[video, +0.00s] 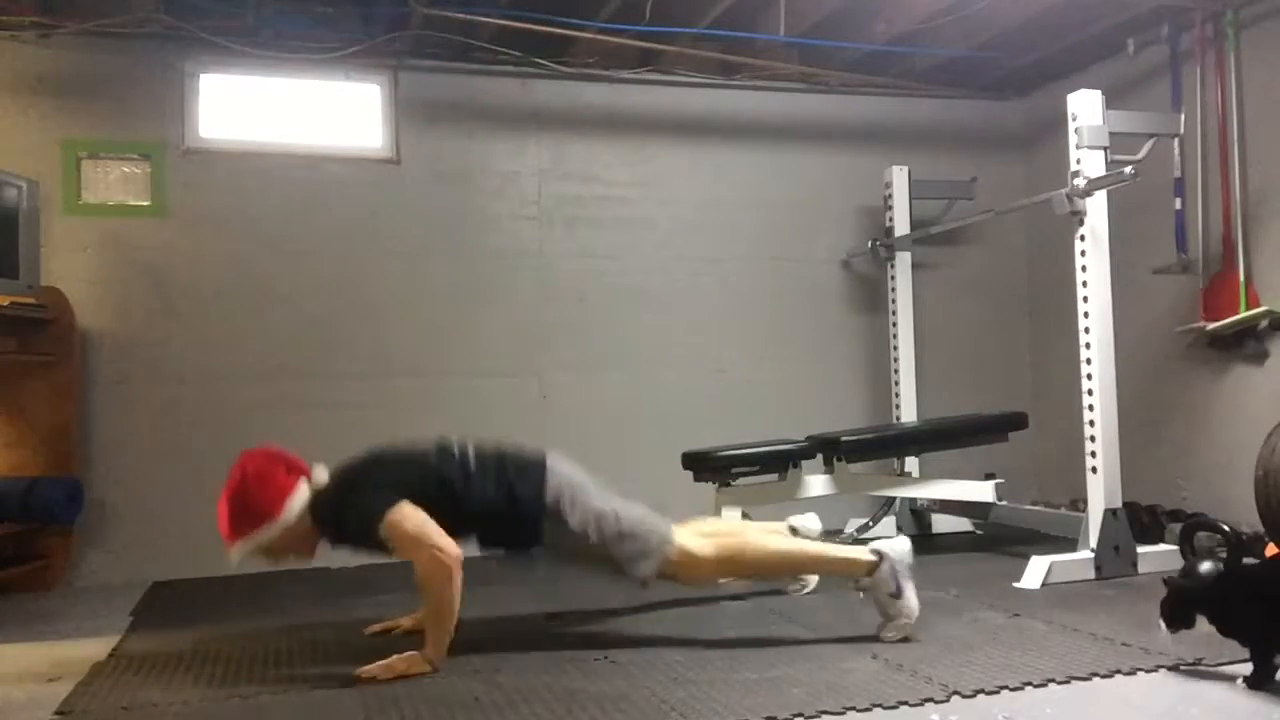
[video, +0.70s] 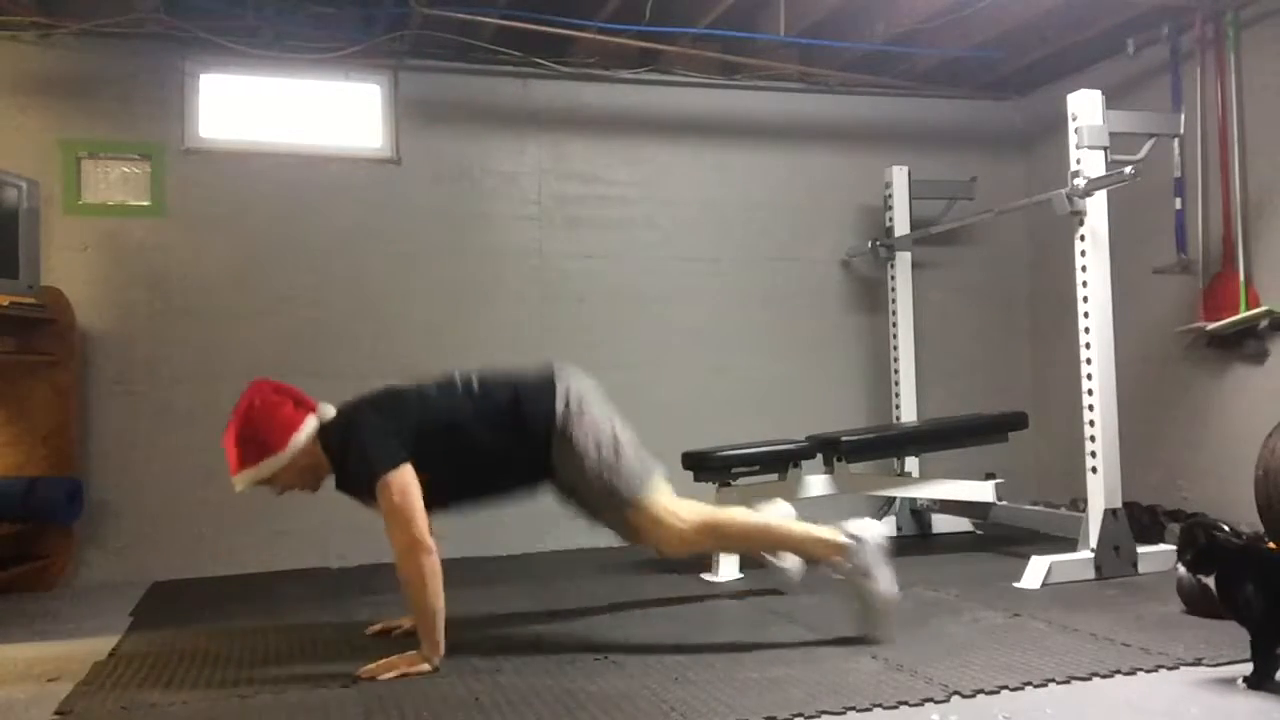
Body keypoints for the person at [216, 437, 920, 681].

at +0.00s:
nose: (269, 558)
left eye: (264, 543)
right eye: (257, 550)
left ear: (287, 512)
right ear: (287, 502)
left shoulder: (355, 501)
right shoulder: (347, 489)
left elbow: (441, 558)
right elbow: (441, 538)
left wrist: (432, 654)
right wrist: (429, 615)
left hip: (548, 501)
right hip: (538, 494)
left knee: (700, 563)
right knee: (688, 542)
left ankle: (873, 564)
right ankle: (846, 551)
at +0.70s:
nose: (278, 487)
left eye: (273, 474)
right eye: (266, 479)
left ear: (294, 442)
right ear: (293, 442)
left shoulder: (367, 436)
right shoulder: (354, 442)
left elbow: (416, 543)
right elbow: (412, 536)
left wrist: (430, 650)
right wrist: (422, 616)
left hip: (559, 413)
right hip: (551, 436)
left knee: (673, 529)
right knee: (661, 525)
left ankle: (846, 549)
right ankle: (778, 527)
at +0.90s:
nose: (333, 459)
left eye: (329, 444)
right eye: (322, 452)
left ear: (350, 410)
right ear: (351, 402)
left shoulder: (413, 410)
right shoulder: (400, 406)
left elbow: (429, 538)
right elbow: (428, 526)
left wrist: (430, 652)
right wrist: (427, 613)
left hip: (584, 355)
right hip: (559, 364)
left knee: (509, 464)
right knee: (491, 471)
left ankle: (655, 566)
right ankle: (620, 515)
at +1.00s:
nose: (343, 442)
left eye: (339, 430)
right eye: (334, 436)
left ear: (362, 402)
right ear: (365, 397)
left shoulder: (427, 406)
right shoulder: (410, 405)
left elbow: (435, 538)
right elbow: (423, 527)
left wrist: (426, 652)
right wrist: (423, 611)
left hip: (597, 393)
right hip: (572, 392)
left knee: (485, 466)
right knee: (472, 468)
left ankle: (586, 606)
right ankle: (562, 569)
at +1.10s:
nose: (349, 409)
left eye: (349, 394)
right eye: (341, 398)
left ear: (376, 376)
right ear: (382, 373)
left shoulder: (436, 397)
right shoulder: (419, 405)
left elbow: (431, 533)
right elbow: (422, 524)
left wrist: (424, 651)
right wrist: (422, 609)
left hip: (607, 447)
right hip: (578, 448)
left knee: (479, 481)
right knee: (456, 486)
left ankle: (587, 609)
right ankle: (555, 578)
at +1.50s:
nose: (423, 207)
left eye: (430, 192)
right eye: (422, 193)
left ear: (467, 188)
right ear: (471, 191)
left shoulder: (506, 234)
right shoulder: (486, 242)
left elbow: (437, 319)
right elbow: (430, 332)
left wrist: (346, 309)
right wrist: (351, 322)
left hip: (619, 374)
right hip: (582, 377)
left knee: (507, 464)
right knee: (487, 465)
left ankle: (593, 614)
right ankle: (566, 579)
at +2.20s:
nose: (475, 74)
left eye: (481, 58)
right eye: (473, 61)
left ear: (520, 51)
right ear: (515, 54)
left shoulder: (568, 96)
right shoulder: (533, 126)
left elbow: (566, 180)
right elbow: (531, 232)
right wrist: (460, 212)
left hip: (587, 296)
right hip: (552, 300)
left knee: (583, 441)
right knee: (558, 440)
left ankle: (635, 606)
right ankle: (603, 583)